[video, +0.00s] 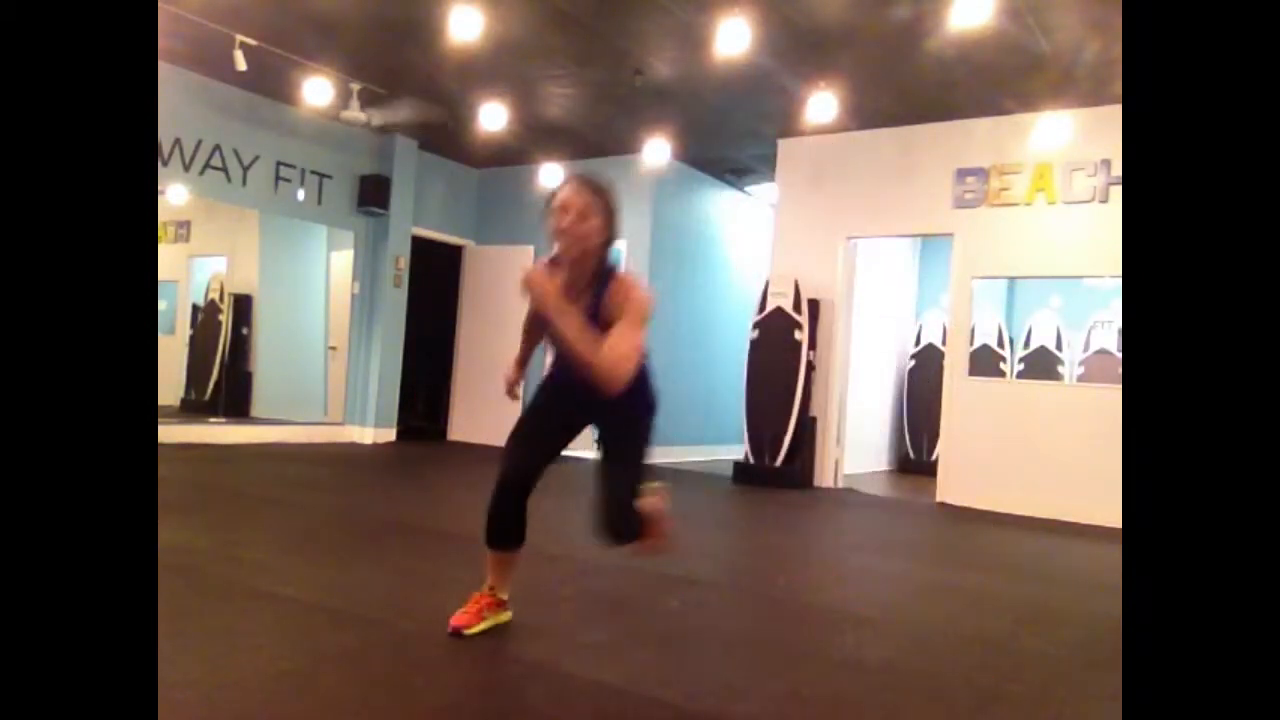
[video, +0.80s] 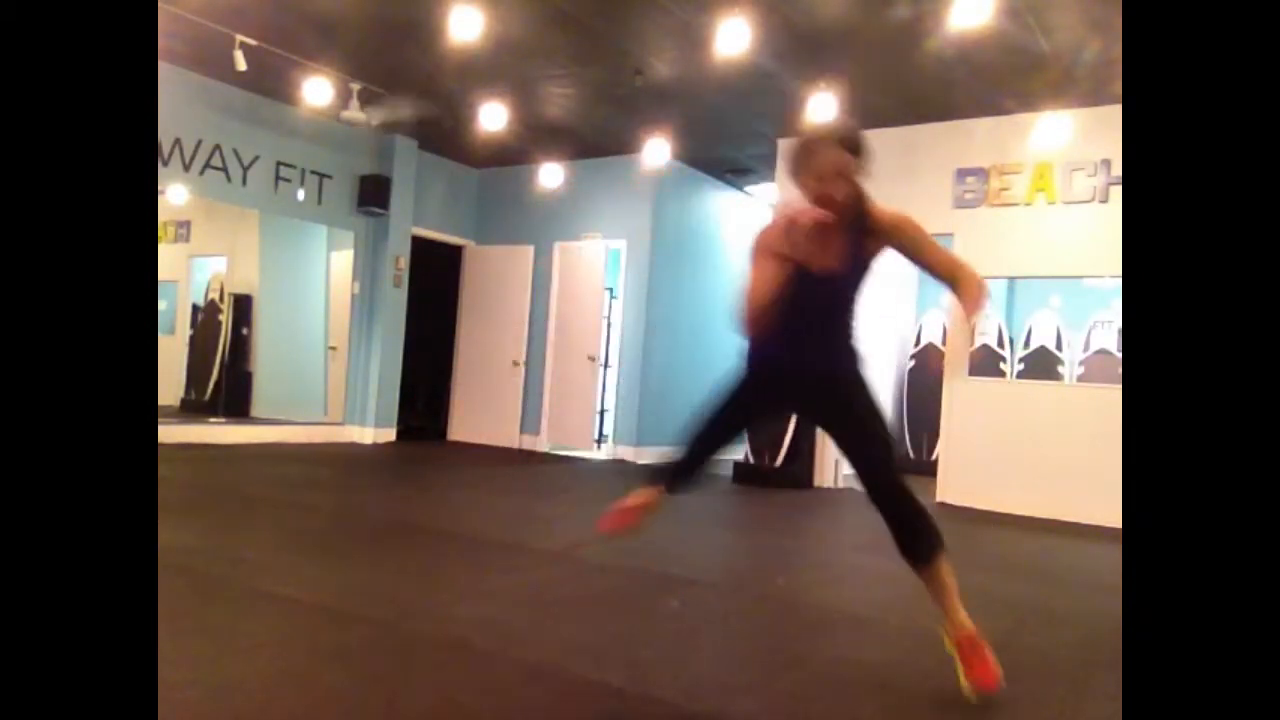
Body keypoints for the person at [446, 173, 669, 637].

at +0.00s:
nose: (568, 224)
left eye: (583, 215)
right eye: (561, 213)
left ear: (606, 228)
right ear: (550, 223)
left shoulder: (629, 293)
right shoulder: (545, 277)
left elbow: (614, 374)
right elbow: (537, 322)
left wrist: (553, 304)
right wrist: (519, 365)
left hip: (623, 400)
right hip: (566, 388)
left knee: (618, 524)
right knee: (512, 480)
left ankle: (653, 513)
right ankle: (494, 595)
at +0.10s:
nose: (534, 258)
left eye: (550, 250)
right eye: (526, 247)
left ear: (574, 264)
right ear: (516, 256)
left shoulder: (595, 329)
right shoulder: (514, 312)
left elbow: (570, 420)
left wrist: (517, 350)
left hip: (603, 417)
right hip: (544, 401)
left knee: (556, 543)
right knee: (504, 492)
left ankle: (547, 545)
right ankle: (494, 597)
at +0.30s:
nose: (538, 261)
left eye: (555, 254)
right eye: (532, 250)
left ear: (578, 268)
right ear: (521, 259)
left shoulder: (598, 334)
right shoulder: (519, 317)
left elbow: (572, 433)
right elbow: (510, 371)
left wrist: (518, 363)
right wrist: (493, 407)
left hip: (598, 425)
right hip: (542, 403)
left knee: (548, 534)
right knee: (503, 494)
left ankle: (497, 535)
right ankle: (494, 596)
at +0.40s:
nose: (578, 235)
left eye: (593, 225)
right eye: (570, 223)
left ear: (617, 239)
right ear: (558, 234)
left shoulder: (635, 301)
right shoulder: (549, 292)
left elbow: (610, 388)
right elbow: (510, 352)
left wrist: (564, 307)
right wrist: (454, 397)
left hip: (618, 406)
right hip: (562, 389)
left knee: (574, 509)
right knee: (510, 485)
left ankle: (560, 537)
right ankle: (495, 596)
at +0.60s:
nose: (709, 158)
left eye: (721, 149)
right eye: (700, 147)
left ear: (739, 158)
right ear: (682, 151)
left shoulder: (746, 212)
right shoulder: (660, 200)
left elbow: (803, 222)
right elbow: (591, 266)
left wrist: (732, 203)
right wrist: (633, 223)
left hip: (707, 362)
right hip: (646, 355)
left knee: (748, 457)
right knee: (576, 460)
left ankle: (774, 540)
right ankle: (500, 579)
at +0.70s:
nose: (772, 158)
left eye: (783, 147)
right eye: (760, 146)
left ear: (799, 150)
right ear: (739, 147)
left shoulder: (820, 199)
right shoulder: (717, 196)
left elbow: (909, 230)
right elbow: (663, 280)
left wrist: (855, 229)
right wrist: (690, 227)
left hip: (774, 356)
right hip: (708, 349)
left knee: (827, 464)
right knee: (625, 442)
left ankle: (895, 573)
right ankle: (543, 537)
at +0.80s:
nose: (835, 190)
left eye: (844, 177)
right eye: (823, 179)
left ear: (859, 177)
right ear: (801, 181)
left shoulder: (880, 228)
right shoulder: (781, 234)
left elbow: (962, 277)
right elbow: (753, 319)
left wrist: (969, 312)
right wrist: (787, 253)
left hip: (834, 379)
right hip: (771, 374)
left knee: (890, 493)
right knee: (702, 448)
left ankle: (960, 625)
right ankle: (650, 495)